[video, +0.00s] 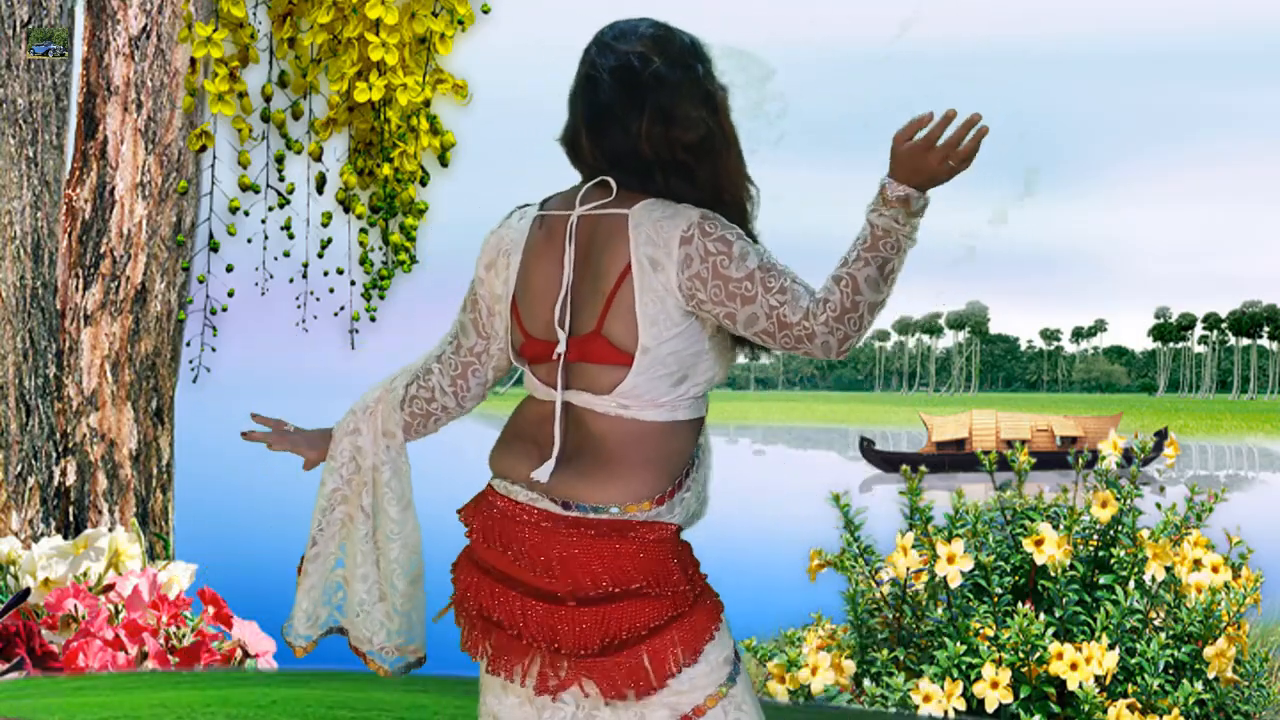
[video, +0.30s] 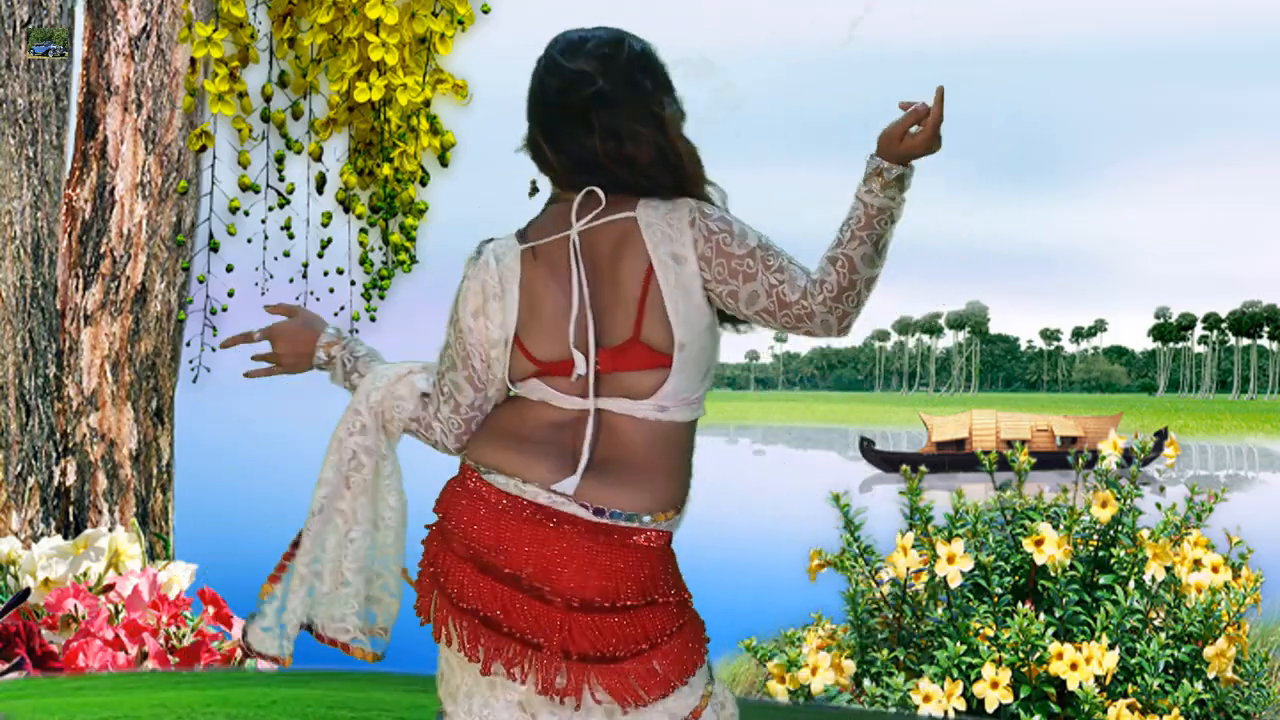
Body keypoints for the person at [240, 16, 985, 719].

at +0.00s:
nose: (720, 124)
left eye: (713, 103)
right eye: (711, 105)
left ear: (586, 121)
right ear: (689, 120)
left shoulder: (521, 234)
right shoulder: (687, 238)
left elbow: (452, 379)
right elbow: (822, 331)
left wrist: (340, 439)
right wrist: (902, 197)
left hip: (504, 531)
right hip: (626, 553)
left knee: (523, 699)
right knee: (706, 703)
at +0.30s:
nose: (681, 119)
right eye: (670, 101)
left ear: (543, 133)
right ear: (656, 120)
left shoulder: (501, 262)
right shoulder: (696, 235)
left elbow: (446, 421)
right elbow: (830, 310)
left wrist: (330, 350)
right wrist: (887, 173)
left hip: (488, 521)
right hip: (624, 548)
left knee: (490, 696)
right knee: (653, 701)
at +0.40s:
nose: (678, 119)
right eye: (667, 101)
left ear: (541, 128)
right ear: (656, 116)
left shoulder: (502, 255)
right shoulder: (698, 229)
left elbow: (449, 417)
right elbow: (828, 310)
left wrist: (327, 350)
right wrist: (885, 175)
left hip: (499, 518)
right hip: (634, 539)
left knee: (495, 695)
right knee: (657, 703)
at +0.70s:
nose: (732, 130)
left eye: (725, 108)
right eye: (724, 112)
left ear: (596, 127)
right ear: (707, 122)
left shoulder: (530, 251)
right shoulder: (724, 231)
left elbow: (472, 408)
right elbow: (868, 310)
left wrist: (337, 380)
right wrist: (923, 174)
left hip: (597, 523)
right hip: (733, 503)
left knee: (608, 700)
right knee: (754, 700)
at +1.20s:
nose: (781, 130)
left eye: (773, 108)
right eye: (769, 111)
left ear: (643, 126)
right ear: (747, 129)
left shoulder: (564, 246)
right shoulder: (740, 248)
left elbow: (498, 389)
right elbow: (902, 291)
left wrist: (402, 484)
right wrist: (952, 144)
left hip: (621, 529)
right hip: (740, 503)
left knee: (668, 702)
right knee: (800, 699)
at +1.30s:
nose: (785, 131)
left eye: (776, 108)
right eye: (774, 112)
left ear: (648, 117)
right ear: (753, 126)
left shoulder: (568, 236)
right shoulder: (731, 245)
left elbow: (503, 380)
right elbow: (896, 284)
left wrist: (420, 478)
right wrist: (956, 139)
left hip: (610, 534)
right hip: (730, 518)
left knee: (647, 705)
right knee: (792, 704)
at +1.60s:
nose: (745, 141)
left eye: (736, 120)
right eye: (735, 123)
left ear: (608, 142)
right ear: (716, 140)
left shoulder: (550, 262)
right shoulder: (722, 257)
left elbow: (483, 391)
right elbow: (879, 269)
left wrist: (377, 460)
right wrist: (929, 118)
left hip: (522, 539)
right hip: (644, 572)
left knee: (545, 691)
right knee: (745, 704)